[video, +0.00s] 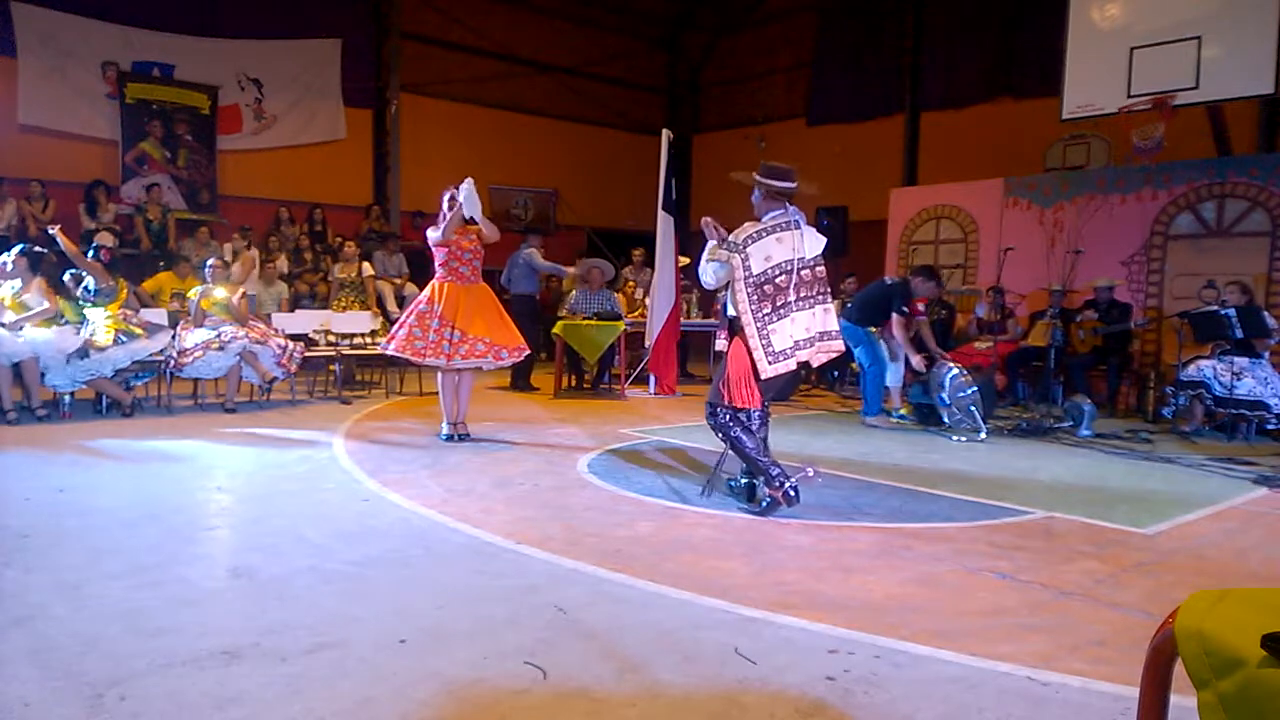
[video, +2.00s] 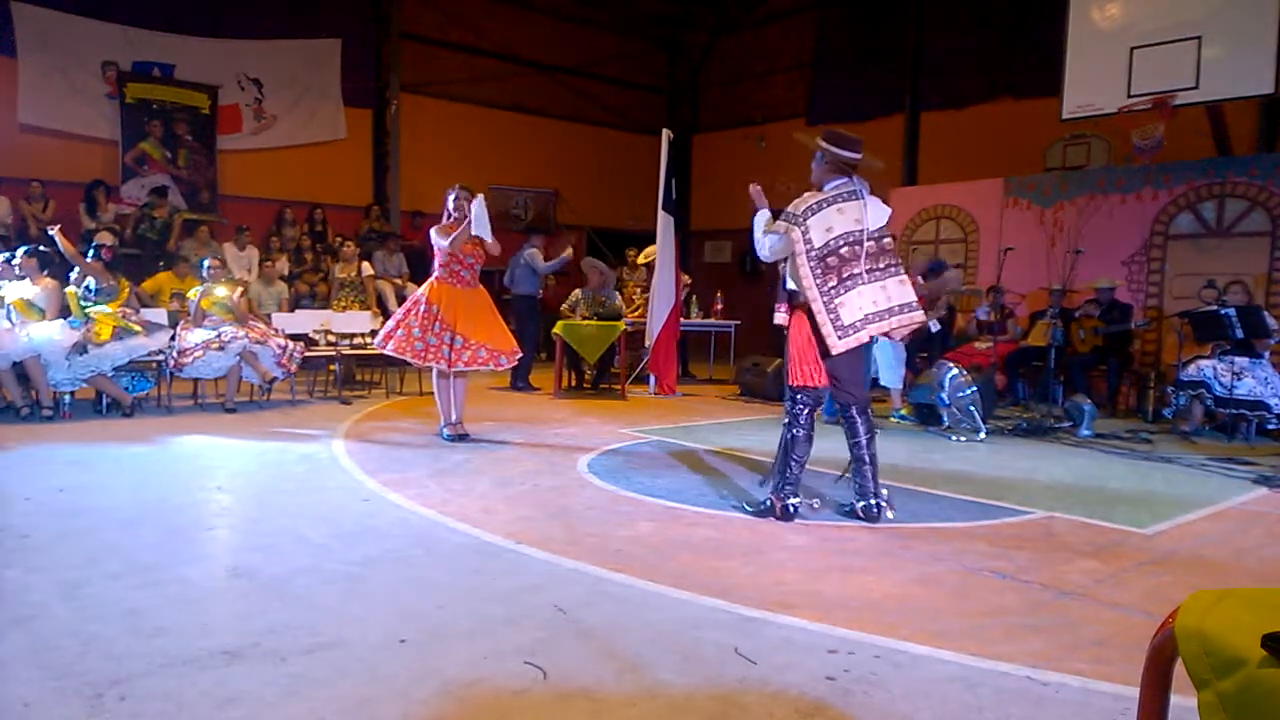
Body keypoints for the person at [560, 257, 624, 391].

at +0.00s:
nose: (594, 278)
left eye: (597, 275)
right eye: (592, 274)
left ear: (603, 278)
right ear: (587, 277)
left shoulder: (610, 295)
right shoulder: (576, 294)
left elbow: (618, 314)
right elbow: (564, 312)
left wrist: (601, 317)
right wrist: (575, 317)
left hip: (601, 332)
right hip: (580, 331)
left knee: (609, 349)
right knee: (570, 347)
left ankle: (597, 381)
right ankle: (579, 377)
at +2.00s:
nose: (590, 276)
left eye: (594, 273)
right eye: (591, 273)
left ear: (602, 277)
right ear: (588, 275)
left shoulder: (613, 295)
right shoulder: (579, 293)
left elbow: (619, 312)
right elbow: (563, 309)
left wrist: (598, 314)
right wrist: (575, 318)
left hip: (603, 333)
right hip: (581, 331)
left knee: (610, 349)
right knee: (569, 345)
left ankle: (597, 380)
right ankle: (578, 377)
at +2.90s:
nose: (583, 278)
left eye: (587, 275)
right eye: (582, 275)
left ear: (595, 279)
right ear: (579, 277)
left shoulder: (607, 295)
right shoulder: (575, 294)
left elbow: (616, 311)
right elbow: (555, 299)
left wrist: (600, 300)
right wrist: (571, 301)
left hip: (601, 330)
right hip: (579, 330)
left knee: (610, 348)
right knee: (570, 346)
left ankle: (597, 380)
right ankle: (579, 377)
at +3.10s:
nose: (578, 278)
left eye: (582, 275)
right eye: (579, 275)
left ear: (592, 278)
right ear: (578, 277)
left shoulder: (608, 294)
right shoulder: (575, 295)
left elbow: (618, 311)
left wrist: (600, 305)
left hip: (602, 331)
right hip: (580, 331)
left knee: (610, 348)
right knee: (570, 344)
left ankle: (597, 380)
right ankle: (579, 377)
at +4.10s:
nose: (594, 276)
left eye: (597, 273)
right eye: (593, 273)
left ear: (605, 278)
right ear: (588, 275)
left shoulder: (612, 297)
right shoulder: (579, 293)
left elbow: (621, 315)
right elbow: (565, 309)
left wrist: (600, 314)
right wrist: (578, 303)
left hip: (603, 332)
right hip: (580, 331)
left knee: (609, 348)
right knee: (571, 345)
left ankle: (597, 381)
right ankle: (579, 379)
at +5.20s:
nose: (595, 276)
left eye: (599, 273)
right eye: (593, 272)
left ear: (606, 277)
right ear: (590, 275)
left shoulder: (613, 296)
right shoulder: (580, 291)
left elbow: (620, 314)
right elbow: (569, 305)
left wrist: (606, 303)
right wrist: (583, 299)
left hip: (603, 329)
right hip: (582, 327)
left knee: (610, 348)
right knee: (570, 345)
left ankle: (597, 379)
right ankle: (579, 376)